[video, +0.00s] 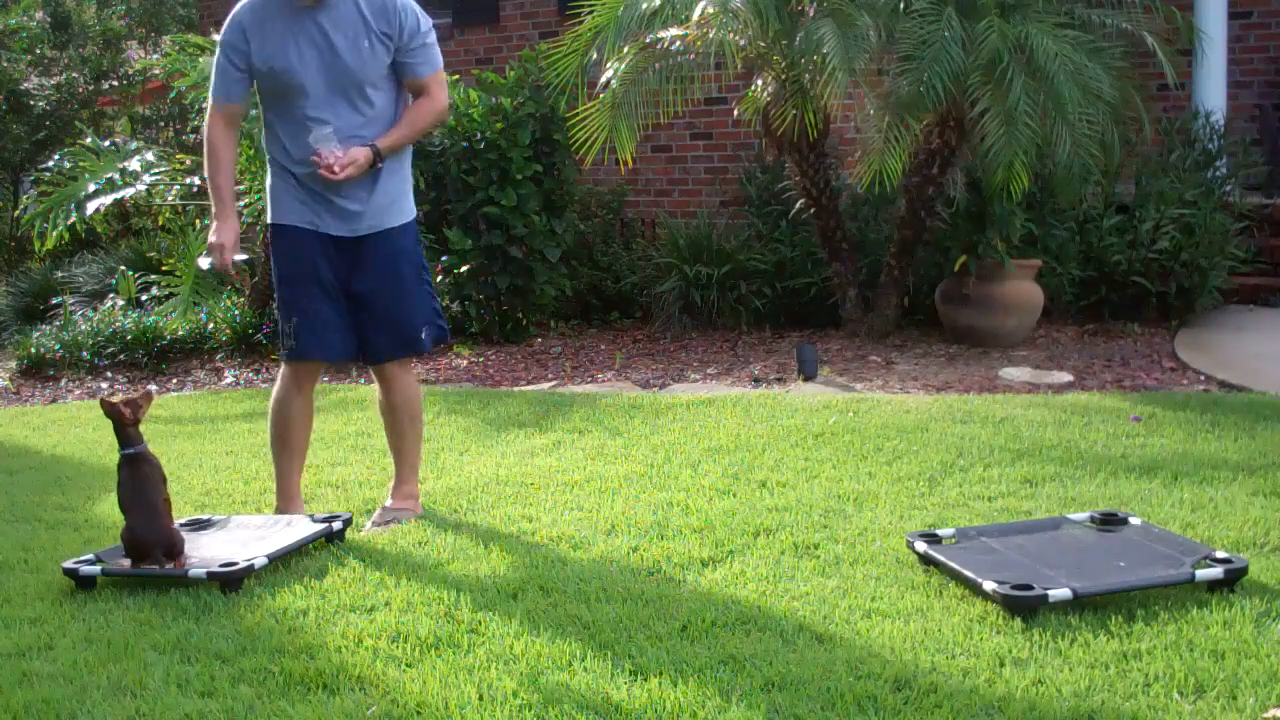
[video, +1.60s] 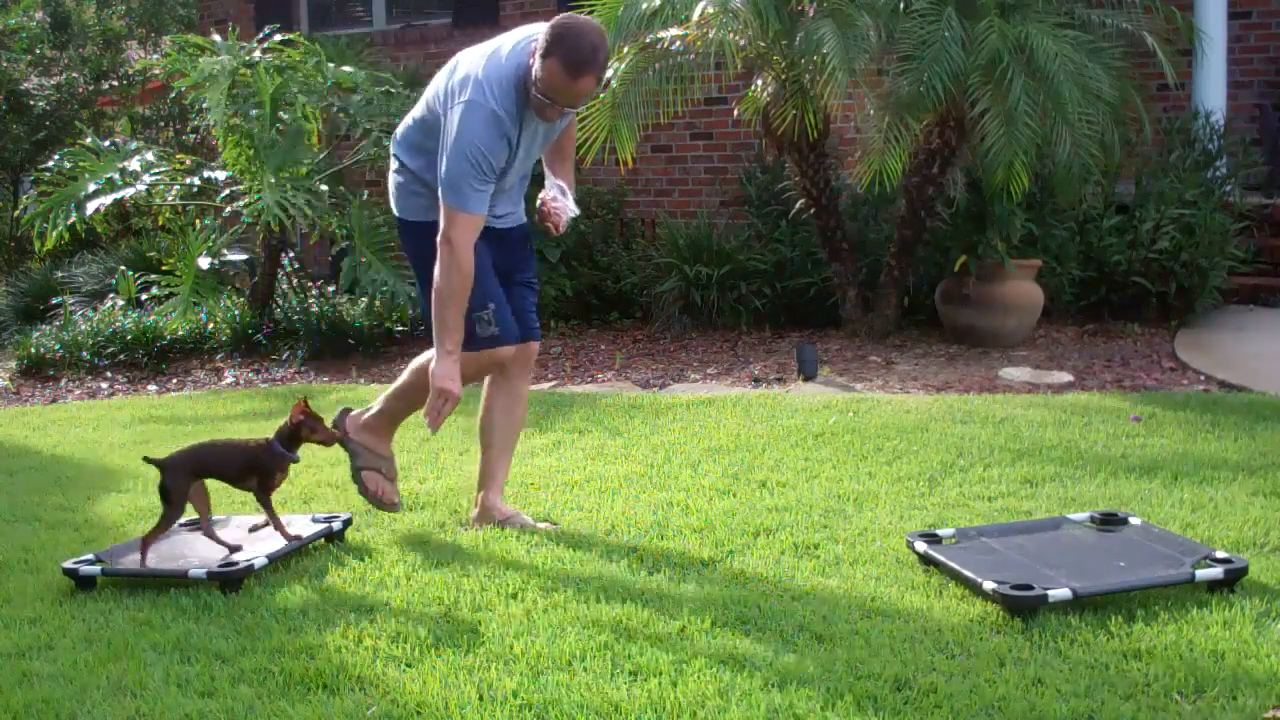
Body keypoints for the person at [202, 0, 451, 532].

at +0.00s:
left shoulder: (394, 9)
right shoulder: (249, 20)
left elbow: (435, 99)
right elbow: (221, 120)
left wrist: (374, 150)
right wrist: (224, 214)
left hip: (384, 212)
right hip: (300, 216)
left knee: (394, 359)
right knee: (300, 362)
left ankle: (406, 498)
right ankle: (288, 511)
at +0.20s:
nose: (302, 16)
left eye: (313, 8)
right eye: (290, 9)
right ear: (272, 0)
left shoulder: (373, 21)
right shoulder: (240, 55)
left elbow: (393, 96)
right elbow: (220, 174)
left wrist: (379, 161)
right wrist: (232, 282)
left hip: (361, 212)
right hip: (279, 218)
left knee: (386, 348)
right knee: (288, 368)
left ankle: (384, 492)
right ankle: (285, 513)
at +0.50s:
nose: (330, 100)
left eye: (343, 89)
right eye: (318, 88)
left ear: (363, 60)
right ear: (300, 57)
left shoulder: (377, 58)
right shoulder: (260, 100)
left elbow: (371, 123)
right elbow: (236, 232)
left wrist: (360, 200)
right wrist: (234, 344)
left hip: (332, 219)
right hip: (264, 228)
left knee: (337, 353)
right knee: (272, 368)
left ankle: (342, 500)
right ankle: (283, 510)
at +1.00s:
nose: (380, 116)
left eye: (394, 107)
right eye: (368, 103)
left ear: (412, 77)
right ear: (351, 70)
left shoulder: (405, 62)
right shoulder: (301, 114)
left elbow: (396, 116)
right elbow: (283, 248)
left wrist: (409, 186)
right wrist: (283, 359)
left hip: (347, 210)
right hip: (275, 225)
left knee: (407, 321)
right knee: (288, 375)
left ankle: (411, 486)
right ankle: (285, 516)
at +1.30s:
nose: (460, 125)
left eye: (474, 116)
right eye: (449, 111)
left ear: (495, 90)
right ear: (436, 74)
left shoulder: (488, 79)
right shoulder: (384, 119)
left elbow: (473, 130)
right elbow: (362, 254)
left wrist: (472, 204)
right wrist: (359, 366)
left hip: (421, 220)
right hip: (343, 227)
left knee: (464, 346)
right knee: (329, 378)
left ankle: (485, 506)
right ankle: (290, 509)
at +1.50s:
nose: (532, 121)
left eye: (545, 113)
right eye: (523, 107)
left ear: (564, 85)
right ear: (508, 71)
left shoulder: (550, 72)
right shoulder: (452, 112)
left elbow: (540, 129)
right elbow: (424, 249)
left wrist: (535, 194)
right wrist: (414, 362)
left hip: (479, 206)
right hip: (403, 207)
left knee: (506, 347)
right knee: (412, 363)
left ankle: (489, 503)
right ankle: (320, 466)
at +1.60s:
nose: (558, 112)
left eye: (571, 106)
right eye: (548, 98)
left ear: (594, 80)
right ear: (536, 60)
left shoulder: (577, 66)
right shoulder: (482, 103)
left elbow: (561, 122)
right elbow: (455, 241)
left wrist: (560, 187)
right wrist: (446, 357)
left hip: (502, 201)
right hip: (433, 200)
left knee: (522, 346)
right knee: (487, 346)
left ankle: (490, 503)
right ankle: (370, 427)